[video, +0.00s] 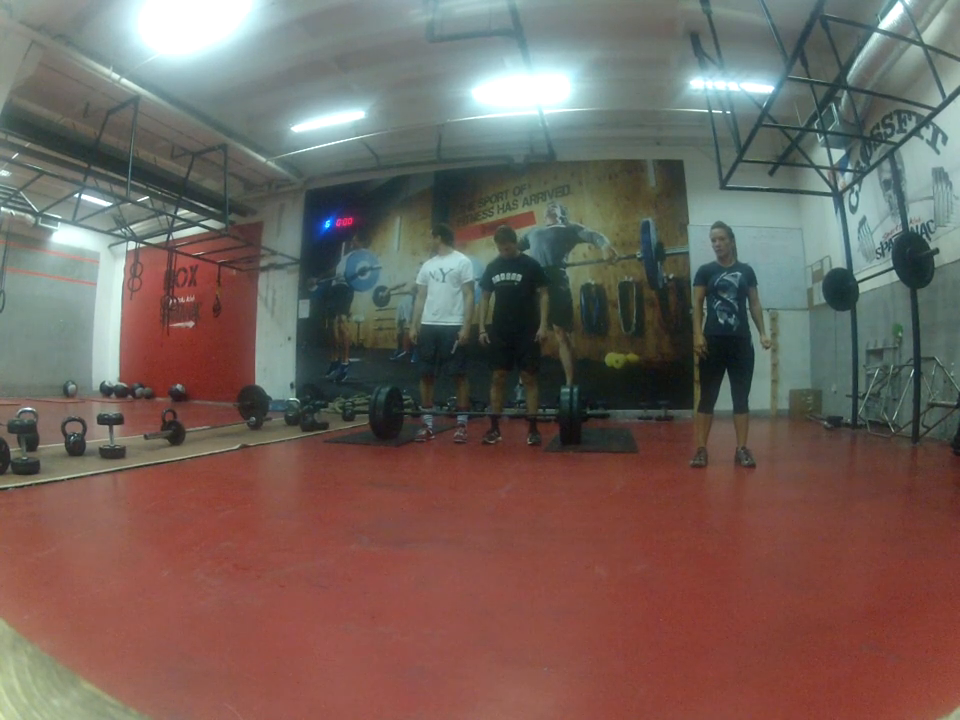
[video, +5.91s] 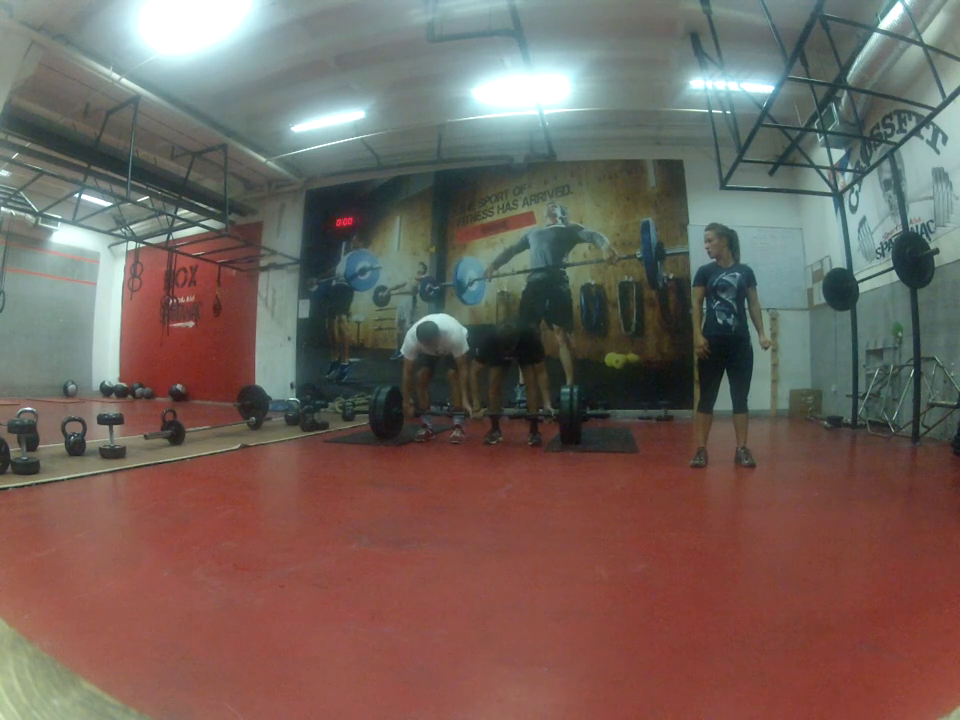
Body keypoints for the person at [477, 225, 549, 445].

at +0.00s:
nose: (504, 252)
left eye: (507, 248)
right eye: (500, 248)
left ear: (515, 243)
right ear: (496, 246)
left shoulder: (531, 265)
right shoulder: (493, 266)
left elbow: (543, 295)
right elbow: (484, 298)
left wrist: (543, 326)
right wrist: (482, 327)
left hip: (527, 330)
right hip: (501, 329)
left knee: (529, 377)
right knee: (498, 377)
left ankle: (533, 428)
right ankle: (494, 428)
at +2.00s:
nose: (498, 241)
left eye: (501, 237)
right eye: (499, 237)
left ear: (511, 238)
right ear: (508, 238)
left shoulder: (533, 262)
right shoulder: (497, 264)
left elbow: (547, 292)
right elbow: (490, 293)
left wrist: (539, 316)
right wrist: (484, 315)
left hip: (524, 328)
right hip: (500, 328)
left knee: (528, 378)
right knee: (499, 377)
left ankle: (533, 429)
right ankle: (495, 428)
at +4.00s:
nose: (509, 252)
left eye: (512, 247)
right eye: (505, 248)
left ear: (519, 244)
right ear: (500, 244)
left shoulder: (532, 265)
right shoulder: (493, 266)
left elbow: (543, 296)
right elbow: (484, 298)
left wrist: (544, 326)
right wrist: (482, 327)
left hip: (527, 329)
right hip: (501, 329)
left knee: (529, 377)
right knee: (499, 378)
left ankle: (534, 428)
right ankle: (495, 428)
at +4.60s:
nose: (506, 276)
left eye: (509, 273)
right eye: (502, 273)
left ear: (516, 267)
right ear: (496, 269)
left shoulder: (530, 281)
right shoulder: (491, 282)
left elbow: (542, 314)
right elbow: (481, 316)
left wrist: (542, 347)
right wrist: (482, 350)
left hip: (527, 338)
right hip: (501, 338)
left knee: (530, 379)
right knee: (500, 380)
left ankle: (534, 429)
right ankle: (495, 428)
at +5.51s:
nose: (506, 300)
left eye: (508, 296)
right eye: (502, 296)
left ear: (515, 291)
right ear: (496, 292)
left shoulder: (530, 299)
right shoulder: (489, 300)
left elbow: (540, 330)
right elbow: (480, 332)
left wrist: (541, 367)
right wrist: (480, 369)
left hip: (526, 341)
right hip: (501, 341)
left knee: (530, 378)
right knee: (498, 378)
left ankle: (534, 429)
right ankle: (495, 428)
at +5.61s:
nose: (507, 319)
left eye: (510, 315)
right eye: (504, 316)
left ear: (516, 309)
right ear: (497, 310)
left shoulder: (529, 311)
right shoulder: (489, 312)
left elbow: (541, 345)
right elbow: (479, 346)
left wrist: (543, 381)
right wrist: (479, 384)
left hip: (525, 338)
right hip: (501, 338)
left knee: (530, 376)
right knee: (498, 376)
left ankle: (534, 429)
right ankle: (495, 428)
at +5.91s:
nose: (508, 348)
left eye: (511, 345)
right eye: (505, 345)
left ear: (517, 339)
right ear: (498, 339)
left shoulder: (529, 337)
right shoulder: (491, 340)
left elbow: (541, 371)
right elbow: (474, 371)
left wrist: (547, 404)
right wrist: (476, 404)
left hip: (524, 354)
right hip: (499, 356)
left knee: (531, 386)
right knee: (493, 389)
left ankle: (534, 431)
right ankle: (495, 429)